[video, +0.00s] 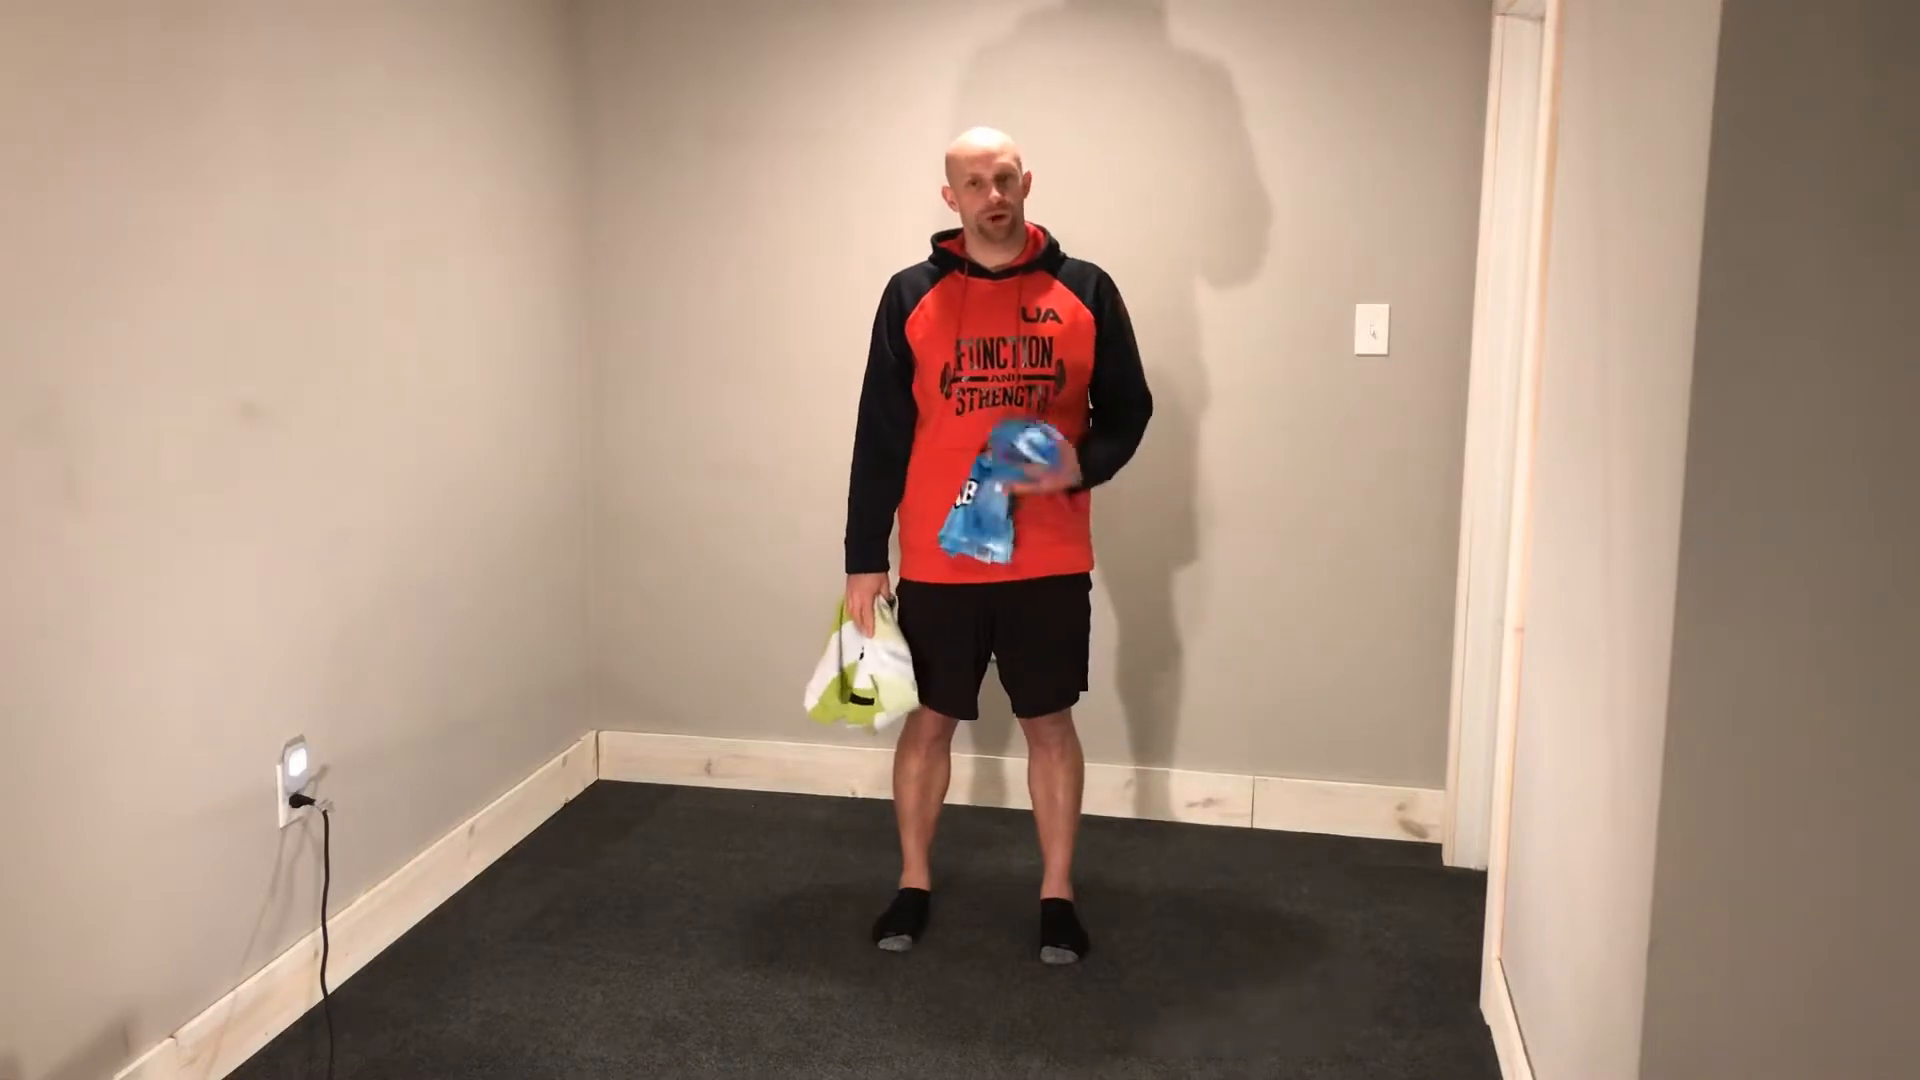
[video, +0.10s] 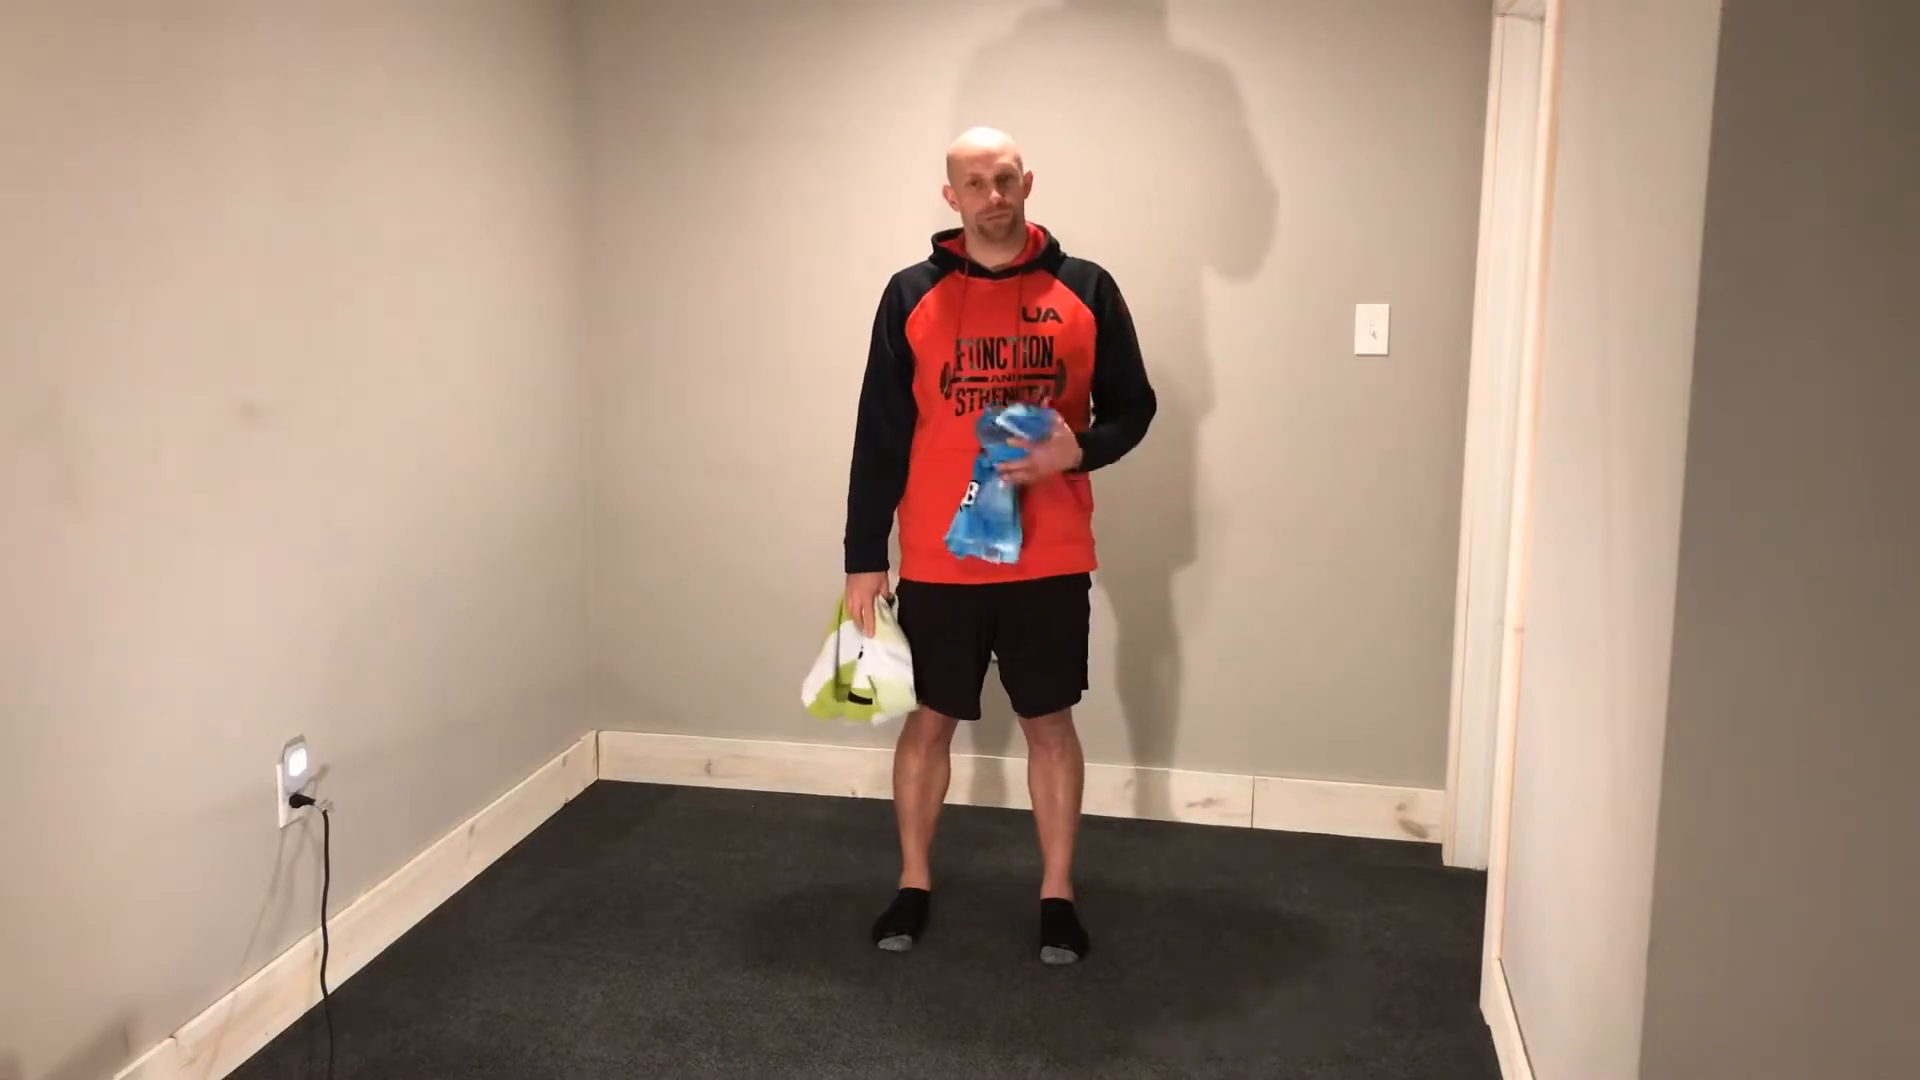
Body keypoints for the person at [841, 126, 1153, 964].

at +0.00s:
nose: (994, 194)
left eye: (1005, 179)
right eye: (977, 182)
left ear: (1027, 185)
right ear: (950, 196)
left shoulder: (1085, 290)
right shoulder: (911, 296)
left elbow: (1127, 410)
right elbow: (880, 434)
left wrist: (1078, 469)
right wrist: (864, 559)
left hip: (1044, 553)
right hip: (939, 556)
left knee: (1048, 723)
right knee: (928, 720)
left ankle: (1057, 896)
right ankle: (912, 886)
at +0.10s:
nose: (994, 195)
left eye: (1006, 179)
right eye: (977, 183)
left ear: (1028, 186)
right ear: (951, 195)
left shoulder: (1086, 290)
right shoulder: (912, 296)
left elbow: (1132, 406)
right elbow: (880, 433)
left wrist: (1080, 448)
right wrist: (864, 558)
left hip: (1045, 554)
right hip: (940, 556)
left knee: (1049, 721)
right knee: (930, 718)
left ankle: (1057, 895)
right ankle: (912, 887)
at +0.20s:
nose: (990, 198)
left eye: (1003, 182)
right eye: (973, 184)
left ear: (1028, 186)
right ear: (951, 193)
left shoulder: (1086, 290)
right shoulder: (911, 296)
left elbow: (1138, 402)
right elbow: (880, 432)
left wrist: (1085, 440)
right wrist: (863, 558)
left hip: (1044, 554)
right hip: (940, 557)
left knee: (1048, 722)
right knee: (930, 717)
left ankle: (1057, 895)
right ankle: (912, 886)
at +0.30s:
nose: (988, 199)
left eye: (1000, 183)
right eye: (971, 185)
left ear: (1027, 186)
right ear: (949, 194)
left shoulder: (1086, 290)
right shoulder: (911, 296)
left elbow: (1137, 402)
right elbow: (879, 433)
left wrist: (1083, 443)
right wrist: (862, 557)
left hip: (1044, 554)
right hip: (940, 556)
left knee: (1047, 722)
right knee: (929, 717)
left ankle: (1057, 896)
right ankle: (912, 887)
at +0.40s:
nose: (985, 200)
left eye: (997, 183)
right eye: (968, 187)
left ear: (1025, 184)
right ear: (948, 196)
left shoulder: (1085, 291)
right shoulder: (910, 297)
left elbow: (1134, 402)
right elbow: (879, 433)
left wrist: (1085, 448)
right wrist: (861, 557)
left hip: (1043, 555)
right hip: (938, 558)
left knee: (1047, 722)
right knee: (928, 720)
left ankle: (1057, 895)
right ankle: (912, 887)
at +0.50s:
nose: (982, 201)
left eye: (996, 184)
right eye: (965, 187)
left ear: (1025, 184)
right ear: (946, 196)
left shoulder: (1085, 291)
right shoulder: (910, 297)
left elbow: (1133, 404)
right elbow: (878, 433)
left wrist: (1082, 455)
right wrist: (861, 557)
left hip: (1042, 556)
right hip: (937, 559)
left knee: (1047, 722)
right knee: (928, 721)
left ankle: (1057, 896)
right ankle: (912, 887)